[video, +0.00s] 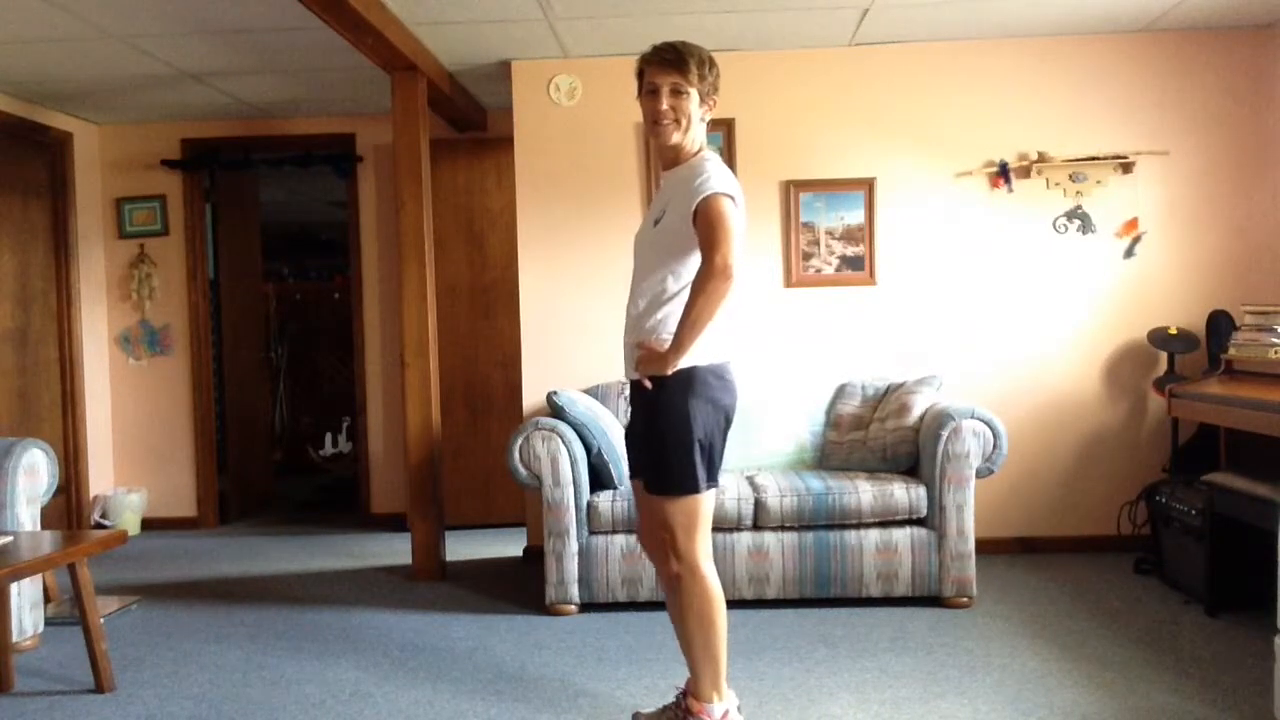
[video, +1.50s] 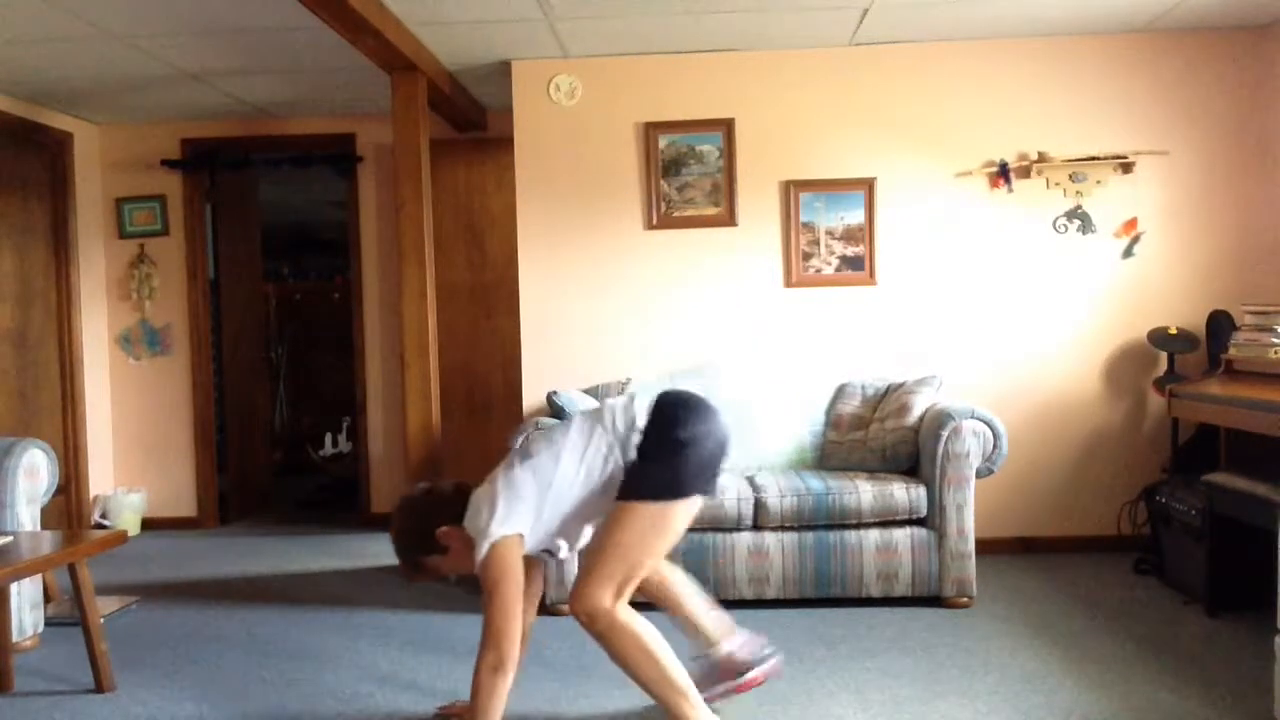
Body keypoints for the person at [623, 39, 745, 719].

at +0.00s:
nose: (661, 104)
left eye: (676, 92)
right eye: (651, 92)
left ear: (705, 103)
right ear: (640, 101)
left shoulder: (707, 176)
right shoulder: (670, 181)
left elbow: (721, 267)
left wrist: (673, 353)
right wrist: (649, 355)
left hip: (684, 382)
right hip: (656, 382)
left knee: (686, 551)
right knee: (660, 547)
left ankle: (713, 700)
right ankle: (704, 691)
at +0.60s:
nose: (576, 158)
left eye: (579, 142)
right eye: (571, 145)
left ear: (618, 125)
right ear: (621, 128)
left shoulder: (657, 184)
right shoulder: (663, 181)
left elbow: (637, 279)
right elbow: (640, 284)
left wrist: (579, 361)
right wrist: (577, 361)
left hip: (701, 376)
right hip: (707, 373)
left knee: (665, 541)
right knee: (681, 540)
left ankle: (707, 693)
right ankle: (708, 676)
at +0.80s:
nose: (523, 241)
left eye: (525, 226)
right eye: (518, 229)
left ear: (556, 210)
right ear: (559, 210)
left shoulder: (601, 252)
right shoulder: (607, 245)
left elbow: (569, 364)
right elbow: (579, 364)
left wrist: (521, 451)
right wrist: (534, 441)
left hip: (734, 399)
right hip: (735, 397)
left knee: (668, 556)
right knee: (678, 550)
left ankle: (713, 703)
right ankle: (706, 678)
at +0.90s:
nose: (486, 348)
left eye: (487, 333)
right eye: (480, 336)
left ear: (521, 314)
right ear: (524, 311)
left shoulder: (566, 354)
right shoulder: (581, 341)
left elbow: (536, 479)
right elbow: (551, 473)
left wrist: (479, 585)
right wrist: (512, 539)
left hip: (750, 428)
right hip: (760, 420)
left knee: (646, 572)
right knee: (672, 557)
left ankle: (705, 711)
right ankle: (709, 684)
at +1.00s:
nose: (477, 415)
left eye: (477, 401)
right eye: (471, 404)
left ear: (507, 382)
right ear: (510, 377)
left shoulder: (557, 415)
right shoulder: (564, 392)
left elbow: (523, 543)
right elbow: (535, 532)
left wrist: (469, 650)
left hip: (754, 443)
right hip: (754, 434)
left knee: (639, 578)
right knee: (658, 555)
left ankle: (706, 714)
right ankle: (707, 683)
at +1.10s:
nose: (467, 497)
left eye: (467, 484)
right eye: (461, 486)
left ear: (492, 464)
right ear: (498, 452)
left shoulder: (546, 479)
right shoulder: (545, 443)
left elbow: (511, 620)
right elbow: (519, 597)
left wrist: (470, 710)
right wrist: (488, 662)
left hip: (745, 471)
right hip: (744, 455)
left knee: (620, 590)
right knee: (638, 546)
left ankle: (700, 712)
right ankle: (705, 679)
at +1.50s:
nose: (457, 577)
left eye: (445, 569)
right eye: (447, 574)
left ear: (450, 538)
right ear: (458, 523)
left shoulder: (496, 516)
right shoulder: (513, 503)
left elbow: (498, 656)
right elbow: (519, 621)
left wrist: (480, 714)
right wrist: (486, 704)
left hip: (674, 429)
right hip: (687, 419)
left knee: (595, 602)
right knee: (637, 564)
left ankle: (696, 713)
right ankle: (736, 649)